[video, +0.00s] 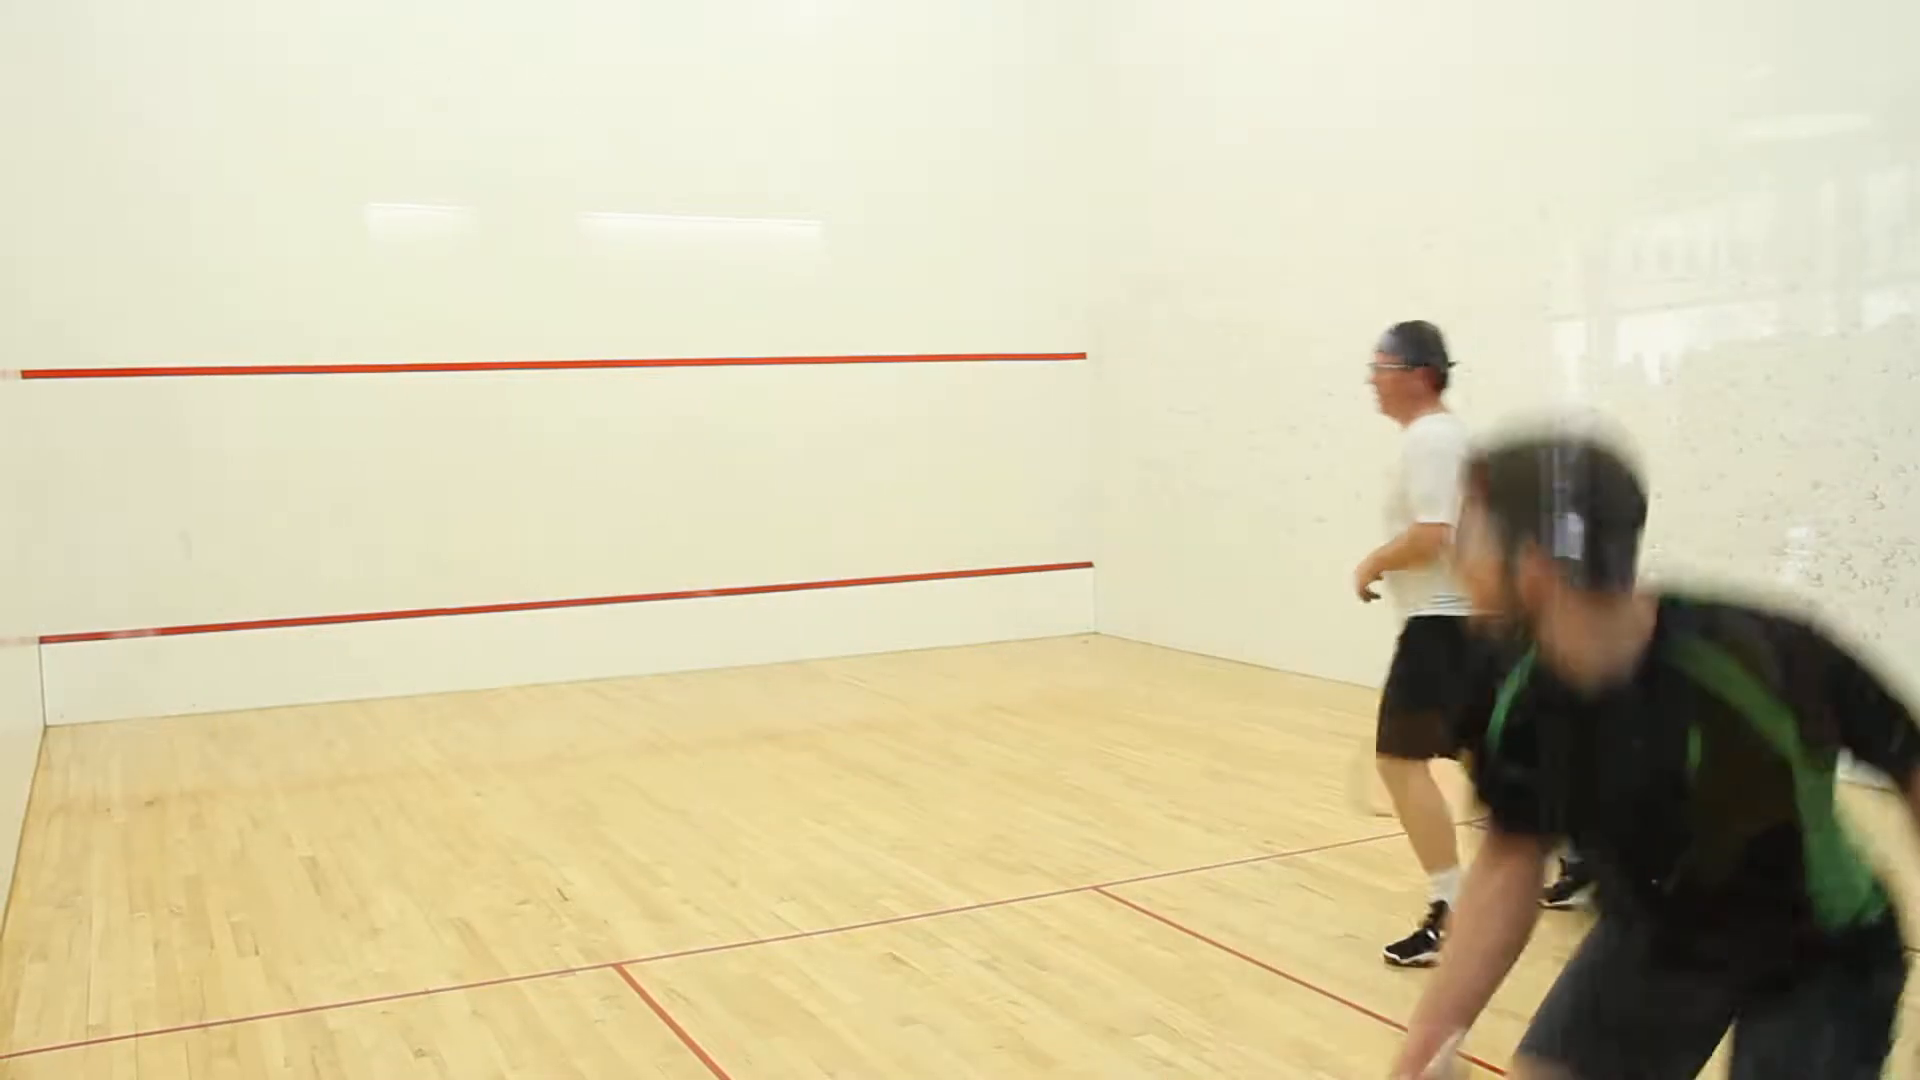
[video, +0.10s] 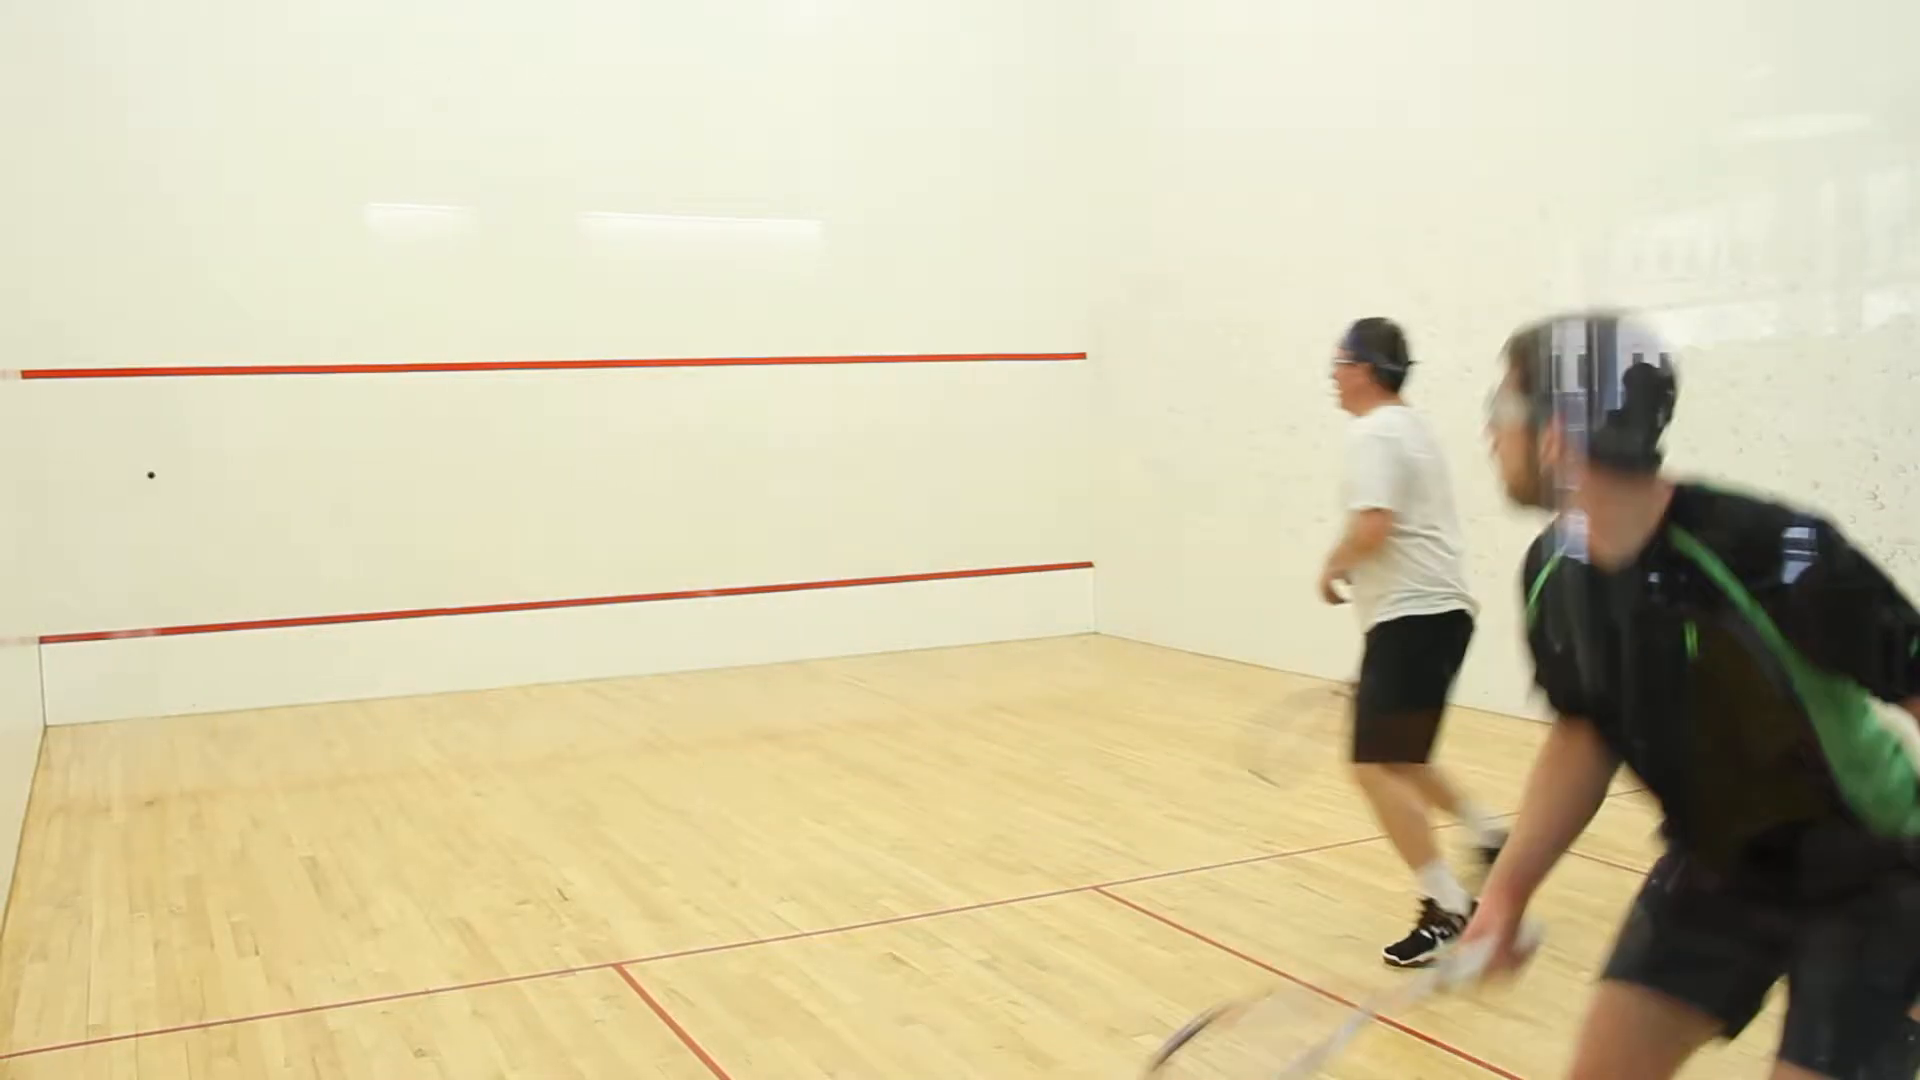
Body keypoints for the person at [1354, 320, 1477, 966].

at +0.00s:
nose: (1373, 382)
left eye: (1383, 370)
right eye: (1374, 370)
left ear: (1421, 377)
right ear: (1423, 379)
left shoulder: (1433, 439)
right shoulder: (1444, 436)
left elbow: (1431, 535)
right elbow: (1446, 533)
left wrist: (1375, 564)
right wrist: (1394, 563)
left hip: (1440, 623)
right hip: (1474, 620)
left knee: (1400, 758)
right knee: (1492, 751)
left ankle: (1452, 906)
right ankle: (1569, 851)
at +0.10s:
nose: (1334, 376)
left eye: (1343, 365)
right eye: (1336, 365)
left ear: (1369, 372)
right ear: (1388, 374)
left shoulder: (1379, 432)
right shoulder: (1412, 428)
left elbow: (1374, 523)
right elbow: (1411, 525)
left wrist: (1334, 567)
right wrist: (1359, 563)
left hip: (1410, 616)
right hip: (1439, 610)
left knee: (1373, 763)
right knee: (1402, 756)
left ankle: (1447, 905)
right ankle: (1490, 833)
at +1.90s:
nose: (972, 418)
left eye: (970, 408)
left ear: (970, 419)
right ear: (1048, 412)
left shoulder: (969, 514)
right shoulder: (1097, 502)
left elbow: (912, 656)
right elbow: (1114, 643)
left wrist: (849, 782)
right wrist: (1022, 773)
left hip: (1053, 794)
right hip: (1157, 788)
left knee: (1004, 1006)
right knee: (1053, 944)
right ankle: (1121, 1063)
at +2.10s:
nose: (1072, 417)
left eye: (1073, 408)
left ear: (1080, 417)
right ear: (1158, 417)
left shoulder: (1066, 512)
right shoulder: (1219, 511)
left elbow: (998, 634)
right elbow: (1254, 640)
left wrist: (934, 740)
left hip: (1142, 784)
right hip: (1248, 773)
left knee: (1052, 957)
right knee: (1187, 900)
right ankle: (1255, 1061)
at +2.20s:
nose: (1106, 428)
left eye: (1108, 417)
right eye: (1110, 417)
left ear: (1117, 424)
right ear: (1189, 429)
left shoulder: (1109, 515)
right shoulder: (1249, 514)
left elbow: (1034, 637)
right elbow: (1298, 640)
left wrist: (990, 716)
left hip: (1181, 775)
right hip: (1284, 767)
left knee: (1057, 923)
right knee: (1204, 857)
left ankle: (1102, 1069)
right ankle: (1298, 1023)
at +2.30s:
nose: (1156, 452)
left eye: (1159, 441)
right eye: (1161, 441)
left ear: (1170, 450)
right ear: (1233, 454)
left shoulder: (1159, 537)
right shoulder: (1279, 534)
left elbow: (1093, 657)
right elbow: (1325, 663)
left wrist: (1046, 718)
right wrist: (1248, 731)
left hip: (1202, 792)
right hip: (1299, 785)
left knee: (1082, 946)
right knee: (1260, 875)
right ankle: (1336, 1024)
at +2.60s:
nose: (1312, 429)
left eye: (1315, 419)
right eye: (1320, 420)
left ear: (1324, 426)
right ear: (1386, 438)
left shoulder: (1274, 493)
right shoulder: (1413, 519)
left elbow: (1189, 578)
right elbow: (1463, 631)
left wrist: (1199, 650)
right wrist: (1427, 693)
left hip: (1282, 717)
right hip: (1379, 722)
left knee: (1258, 866)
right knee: (1340, 829)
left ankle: (1333, 1011)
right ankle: (1353, 976)